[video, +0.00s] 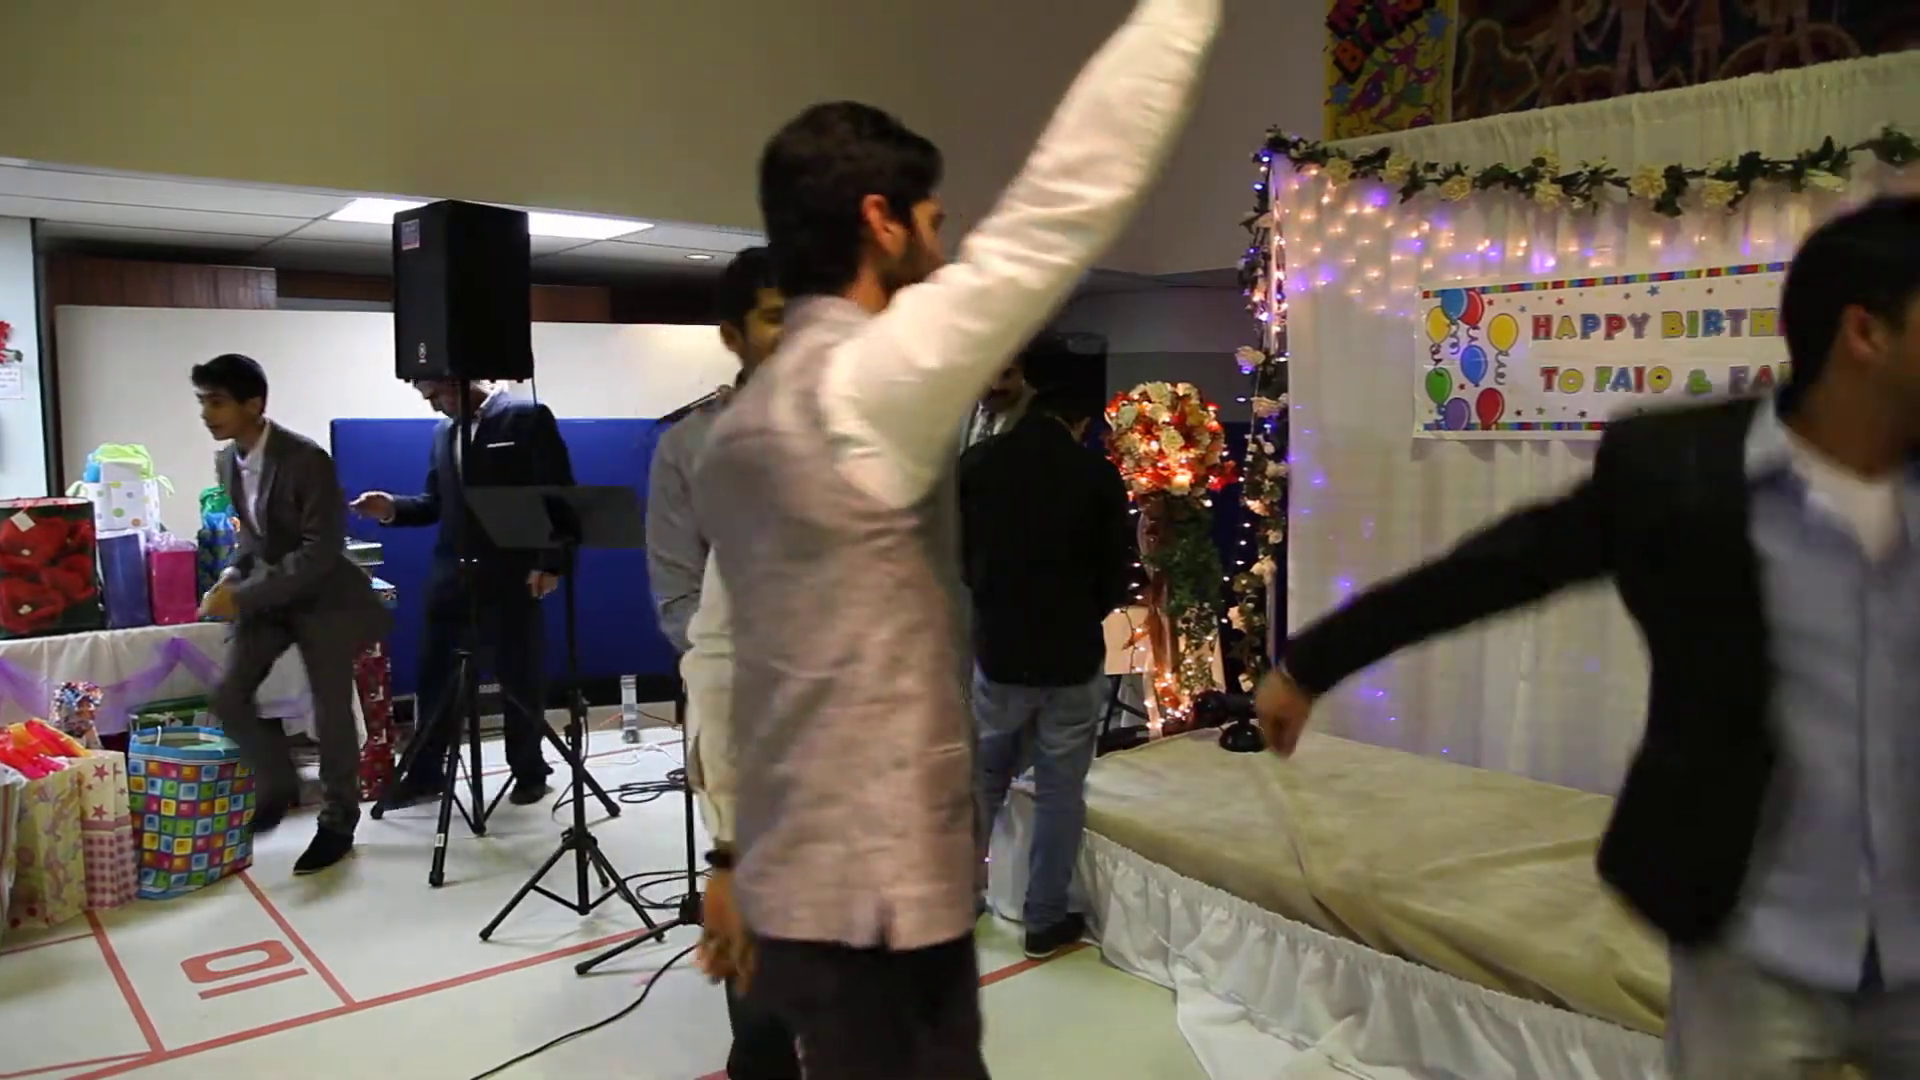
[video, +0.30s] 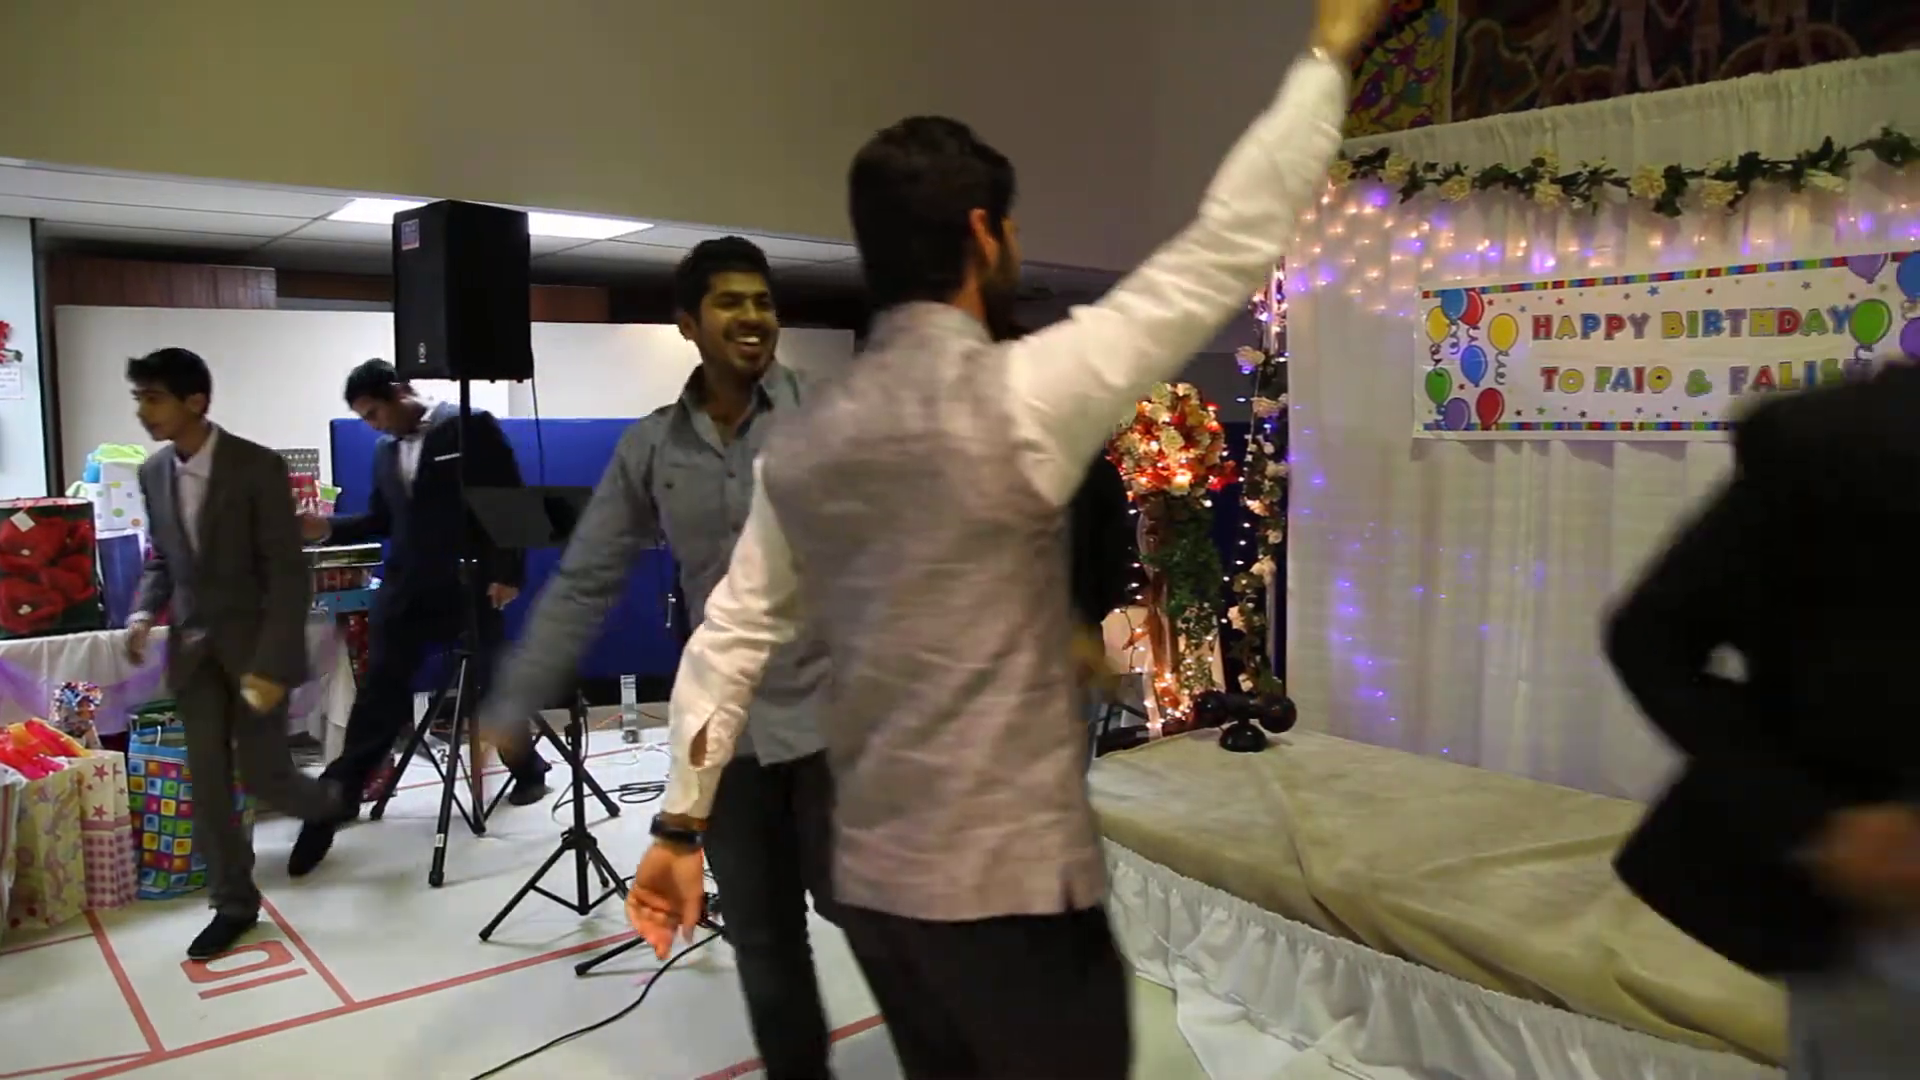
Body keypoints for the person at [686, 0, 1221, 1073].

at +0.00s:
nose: (946, 242)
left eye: (941, 219)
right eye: (935, 216)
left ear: (809, 227)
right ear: (882, 220)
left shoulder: (728, 431)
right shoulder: (870, 385)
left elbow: (714, 654)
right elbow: (1063, 208)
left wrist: (729, 849)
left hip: (788, 897)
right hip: (884, 908)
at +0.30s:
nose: (1016, 244)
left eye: (1010, 220)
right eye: (1010, 220)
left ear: (872, 247)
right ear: (980, 233)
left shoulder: (802, 445)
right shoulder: (1018, 400)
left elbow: (734, 635)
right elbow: (1223, 249)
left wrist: (681, 821)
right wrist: (1330, 52)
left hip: (875, 891)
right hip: (1013, 898)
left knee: (947, 1069)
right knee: (1062, 1067)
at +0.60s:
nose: (1103, 237)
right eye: (1099, 219)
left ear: (967, 244)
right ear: (1089, 239)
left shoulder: (876, 429)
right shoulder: (1131, 393)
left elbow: (818, 620)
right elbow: (1306, 277)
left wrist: (778, 804)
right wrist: (1397, 112)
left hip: (967, 868)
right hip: (1120, 865)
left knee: (1012, 1072)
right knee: (1183, 1064)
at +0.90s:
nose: (1215, 260)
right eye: (1213, 243)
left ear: (1077, 267)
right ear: (1201, 268)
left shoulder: (988, 441)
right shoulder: (1254, 406)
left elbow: (951, 629)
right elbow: (1399, 310)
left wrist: (927, 806)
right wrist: (1478, 183)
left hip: (1071, 848)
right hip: (1227, 845)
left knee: (1074, 1069)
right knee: (1255, 1066)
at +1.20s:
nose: (1179, 268)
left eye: (1178, 254)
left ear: (1183, 273)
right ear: (1302, 272)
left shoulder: (1109, 431)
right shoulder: (1367, 405)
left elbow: (1062, 623)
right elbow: (1482, 375)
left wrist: (1018, 794)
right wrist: (1575, 330)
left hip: (1172, 821)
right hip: (1323, 826)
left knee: (1161, 1040)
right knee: (1304, 1066)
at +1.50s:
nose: (1199, 303)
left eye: (1203, 285)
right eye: (1203, 284)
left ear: (1221, 297)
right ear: (1322, 299)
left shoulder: (1151, 446)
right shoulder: (1393, 445)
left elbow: (1109, 638)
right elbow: (1449, 606)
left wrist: (1077, 800)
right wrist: (1497, 715)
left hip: (1199, 836)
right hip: (1338, 839)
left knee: (1192, 1024)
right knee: (1307, 1062)